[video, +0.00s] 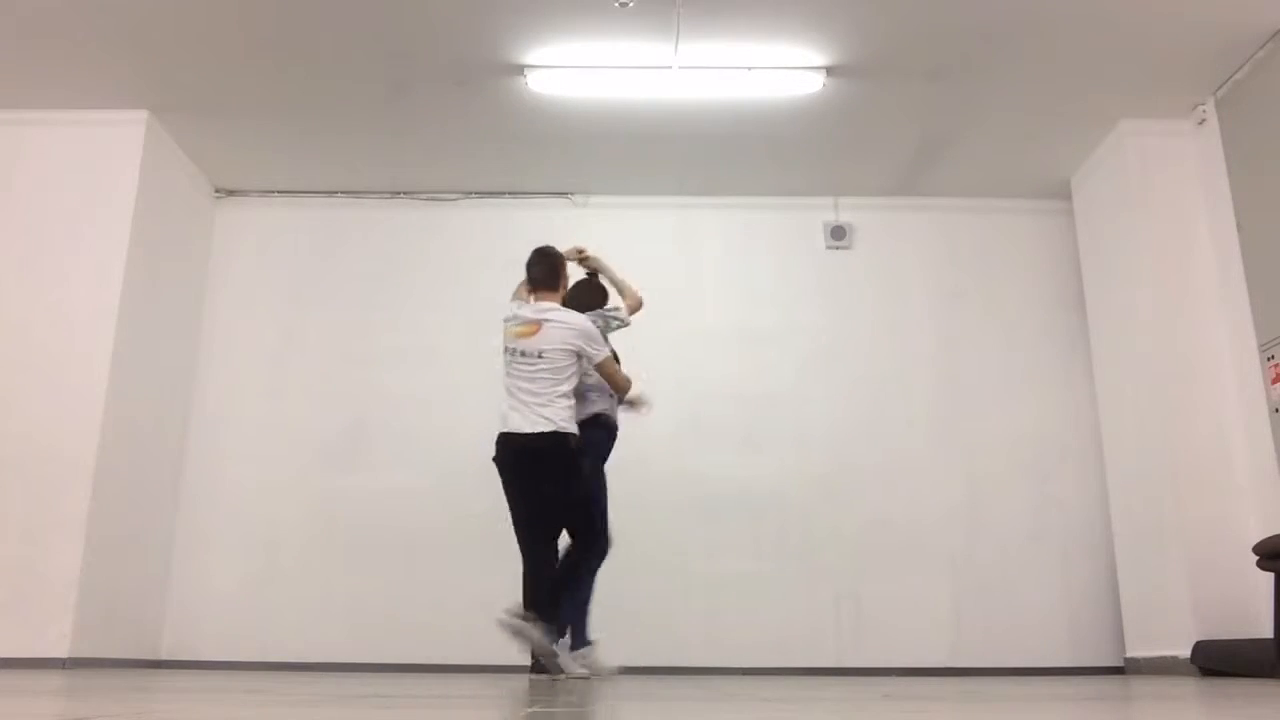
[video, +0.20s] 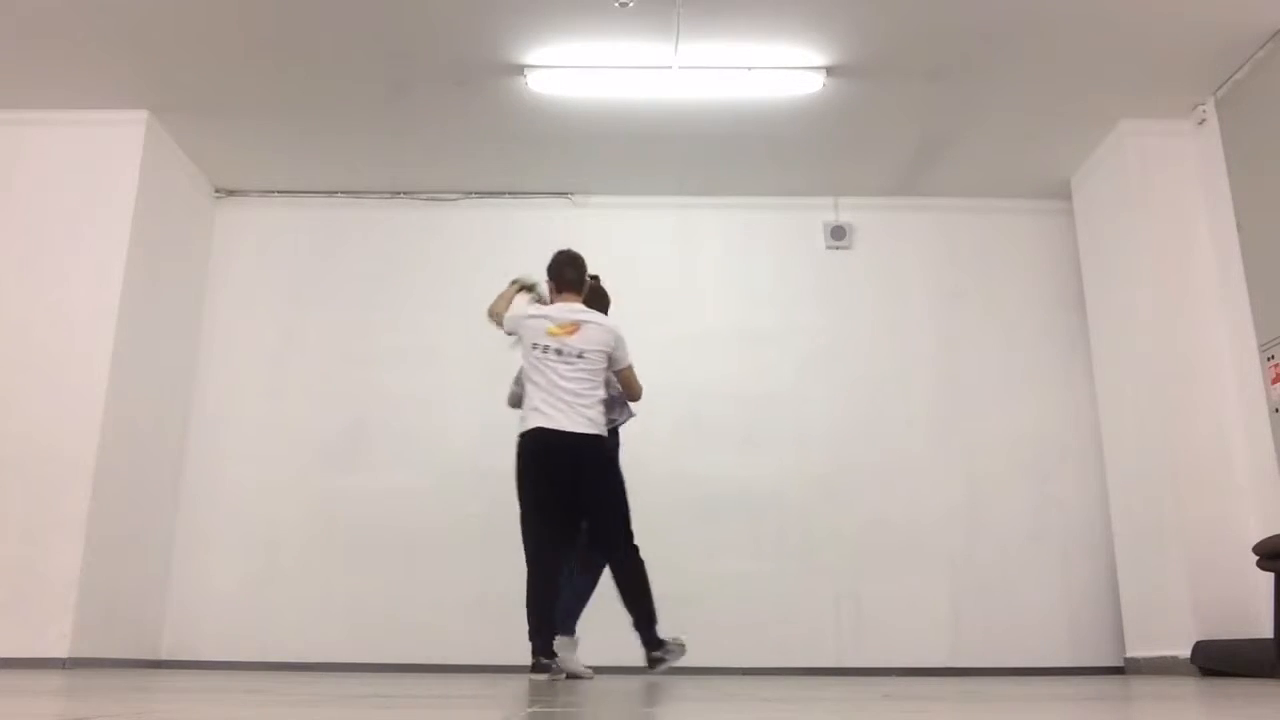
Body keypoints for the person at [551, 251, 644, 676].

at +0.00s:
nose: (613, 306)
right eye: (607, 299)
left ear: (568, 301)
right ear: (600, 304)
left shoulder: (556, 323)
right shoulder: (596, 323)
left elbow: (524, 291)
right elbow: (634, 301)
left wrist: (555, 268)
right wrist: (600, 266)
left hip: (565, 426)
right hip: (596, 424)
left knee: (581, 537)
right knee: (593, 537)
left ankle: (578, 640)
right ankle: (551, 622)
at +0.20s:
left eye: (551, 280)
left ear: (551, 285)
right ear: (588, 285)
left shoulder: (533, 319)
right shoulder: (607, 330)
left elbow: (496, 312)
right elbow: (633, 391)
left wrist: (515, 287)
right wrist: (600, 373)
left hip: (538, 445)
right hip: (590, 447)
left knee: (542, 550)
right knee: (619, 545)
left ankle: (542, 655)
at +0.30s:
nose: (557, 293)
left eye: (557, 288)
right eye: (560, 288)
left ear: (561, 289)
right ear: (596, 289)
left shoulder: (545, 326)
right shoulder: (620, 335)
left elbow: (488, 335)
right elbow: (639, 394)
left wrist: (495, 310)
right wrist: (606, 369)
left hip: (558, 450)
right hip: (610, 453)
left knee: (552, 554)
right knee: (629, 552)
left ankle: (544, 654)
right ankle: (653, 651)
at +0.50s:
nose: (577, 302)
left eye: (579, 296)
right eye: (578, 297)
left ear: (586, 298)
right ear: (616, 300)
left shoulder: (580, 337)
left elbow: (526, 382)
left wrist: (496, 355)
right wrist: (542, 319)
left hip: (599, 454)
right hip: (647, 455)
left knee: (559, 552)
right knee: (649, 560)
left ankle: (594, 636)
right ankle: (653, 654)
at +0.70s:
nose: (580, 321)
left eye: (585, 317)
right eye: (573, 315)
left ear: (592, 327)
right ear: (559, 324)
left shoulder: (590, 355)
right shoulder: (545, 359)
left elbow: (589, 304)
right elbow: (523, 382)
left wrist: (578, 254)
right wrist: (549, 369)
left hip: (579, 462)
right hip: (546, 466)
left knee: (569, 556)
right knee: (522, 551)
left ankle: (577, 647)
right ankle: (546, 635)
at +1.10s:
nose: (577, 327)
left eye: (577, 321)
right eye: (570, 320)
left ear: (565, 327)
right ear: (550, 323)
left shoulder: (573, 358)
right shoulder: (532, 357)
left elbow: (601, 335)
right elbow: (559, 379)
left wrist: (598, 299)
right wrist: (613, 364)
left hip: (556, 473)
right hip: (522, 467)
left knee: (583, 555)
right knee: (517, 553)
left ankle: (545, 645)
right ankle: (492, 645)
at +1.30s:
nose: (582, 325)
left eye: (581, 318)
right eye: (576, 318)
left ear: (564, 322)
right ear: (557, 320)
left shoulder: (564, 361)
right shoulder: (549, 358)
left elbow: (584, 400)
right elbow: (586, 385)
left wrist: (614, 370)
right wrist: (635, 354)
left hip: (567, 471)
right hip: (543, 470)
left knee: (579, 560)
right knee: (555, 556)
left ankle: (542, 650)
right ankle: (504, 639)